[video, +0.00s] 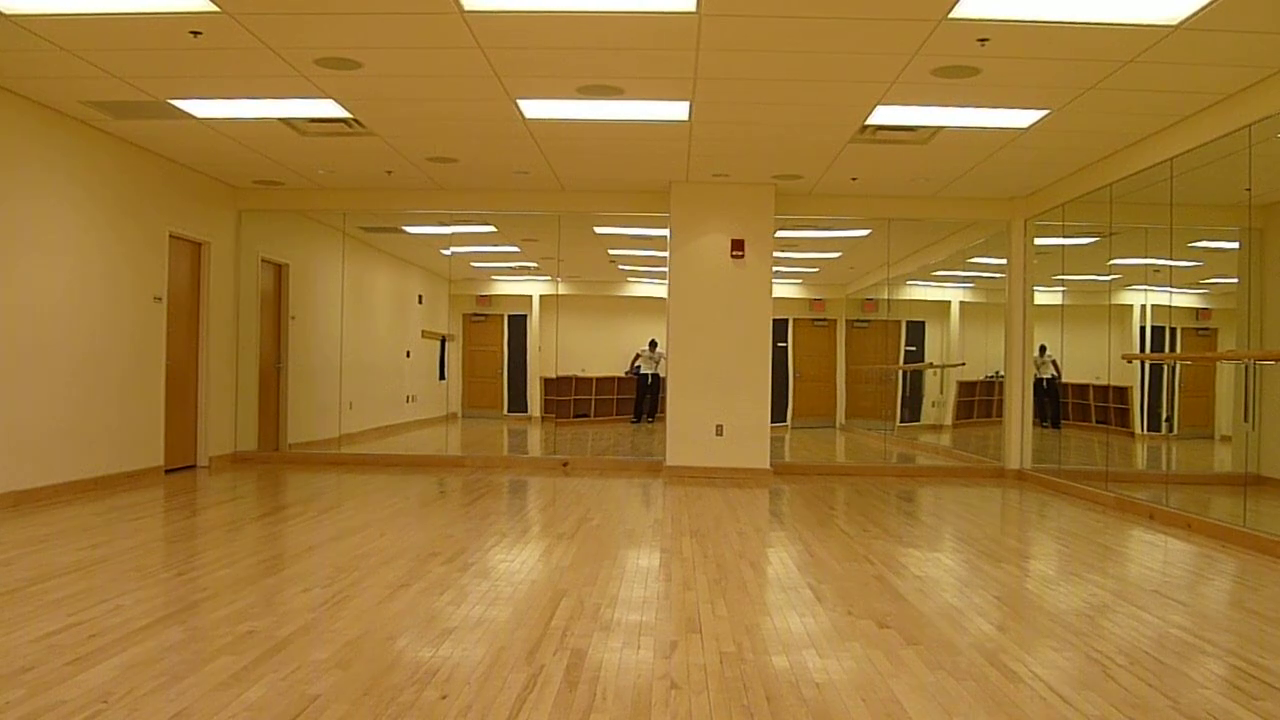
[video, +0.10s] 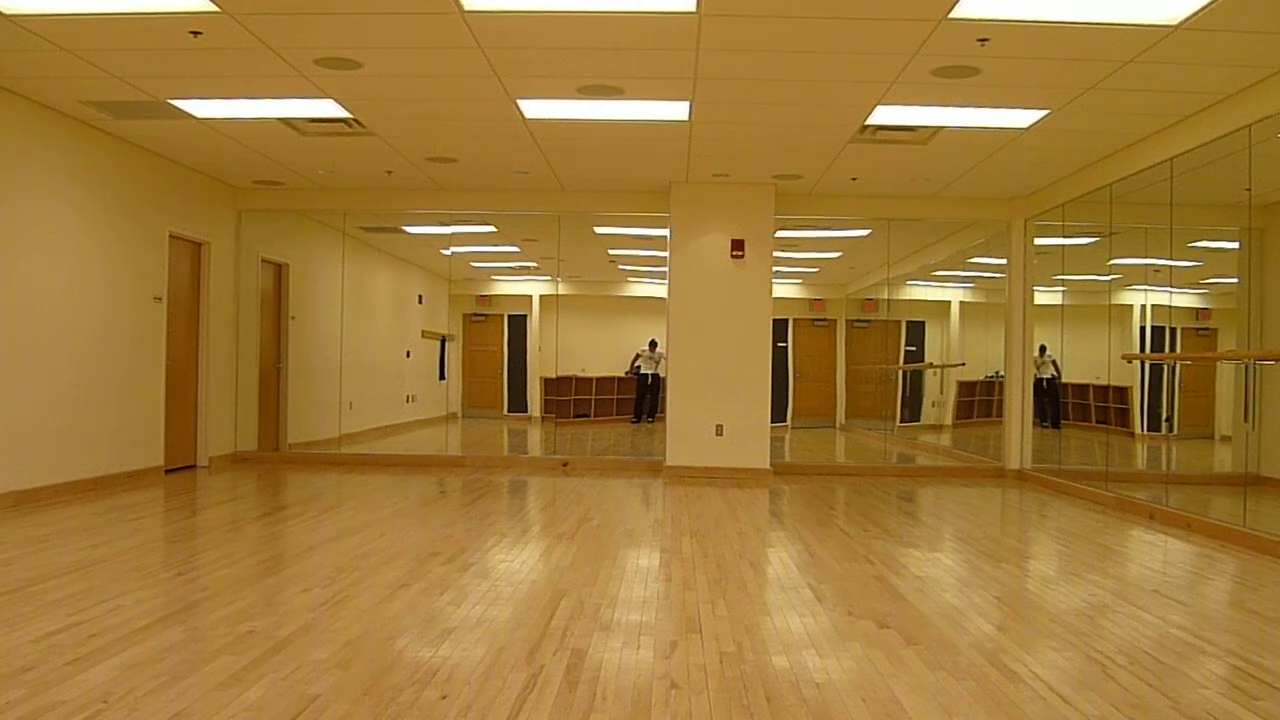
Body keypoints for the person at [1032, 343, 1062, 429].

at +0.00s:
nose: (1042, 353)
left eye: (1043, 351)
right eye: (1041, 351)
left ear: (1046, 351)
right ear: (1039, 351)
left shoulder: (1050, 358)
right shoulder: (1035, 359)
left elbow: (1056, 368)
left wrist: (1059, 376)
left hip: (1050, 378)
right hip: (1040, 378)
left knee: (1054, 400)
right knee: (1040, 400)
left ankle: (1055, 421)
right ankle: (1043, 420)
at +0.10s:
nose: (1042, 353)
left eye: (1043, 351)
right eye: (1041, 351)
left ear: (1046, 351)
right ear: (1039, 351)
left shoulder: (1050, 358)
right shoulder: (1035, 359)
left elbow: (1056, 367)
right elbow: (1034, 368)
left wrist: (1059, 376)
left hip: (1050, 378)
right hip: (1039, 378)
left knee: (1054, 400)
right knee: (1040, 400)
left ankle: (1055, 421)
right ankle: (1043, 420)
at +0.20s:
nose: (1042, 353)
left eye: (1043, 351)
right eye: (1041, 350)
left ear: (1046, 351)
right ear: (1039, 351)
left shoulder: (1050, 358)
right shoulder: (1035, 359)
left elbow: (1056, 368)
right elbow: (1033, 369)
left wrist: (1059, 376)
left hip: (1050, 378)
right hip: (1039, 378)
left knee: (1054, 400)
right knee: (1040, 400)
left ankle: (1055, 421)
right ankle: (1043, 421)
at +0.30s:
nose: (1042, 353)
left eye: (1043, 351)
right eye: (1041, 350)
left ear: (1045, 351)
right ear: (1039, 351)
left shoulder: (1050, 358)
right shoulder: (1035, 359)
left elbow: (1056, 368)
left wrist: (1059, 376)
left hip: (1050, 378)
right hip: (1039, 378)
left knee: (1054, 400)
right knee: (1040, 401)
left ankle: (1055, 421)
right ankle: (1043, 421)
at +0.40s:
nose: (1042, 353)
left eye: (1043, 351)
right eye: (1041, 350)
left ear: (1045, 351)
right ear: (1039, 351)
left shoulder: (1050, 358)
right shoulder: (1035, 359)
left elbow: (1056, 367)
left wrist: (1059, 376)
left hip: (1050, 378)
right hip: (1039, 378)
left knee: (1054, 400)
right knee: (1040, 401)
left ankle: (1055, 421)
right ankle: (1043, 421)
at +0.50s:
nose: (1042, 353)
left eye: (1043, 351)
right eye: (1041, 350)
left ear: (1045, 351)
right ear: (1039, 351)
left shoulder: (1050, 358)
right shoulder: (1035, 359)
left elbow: (1056, 367)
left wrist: (1059, 376)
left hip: (1050, 378)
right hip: (1039, 378)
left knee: (1054, 400)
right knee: (1040, 401)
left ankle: (1055, 421)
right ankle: (1043, 421)